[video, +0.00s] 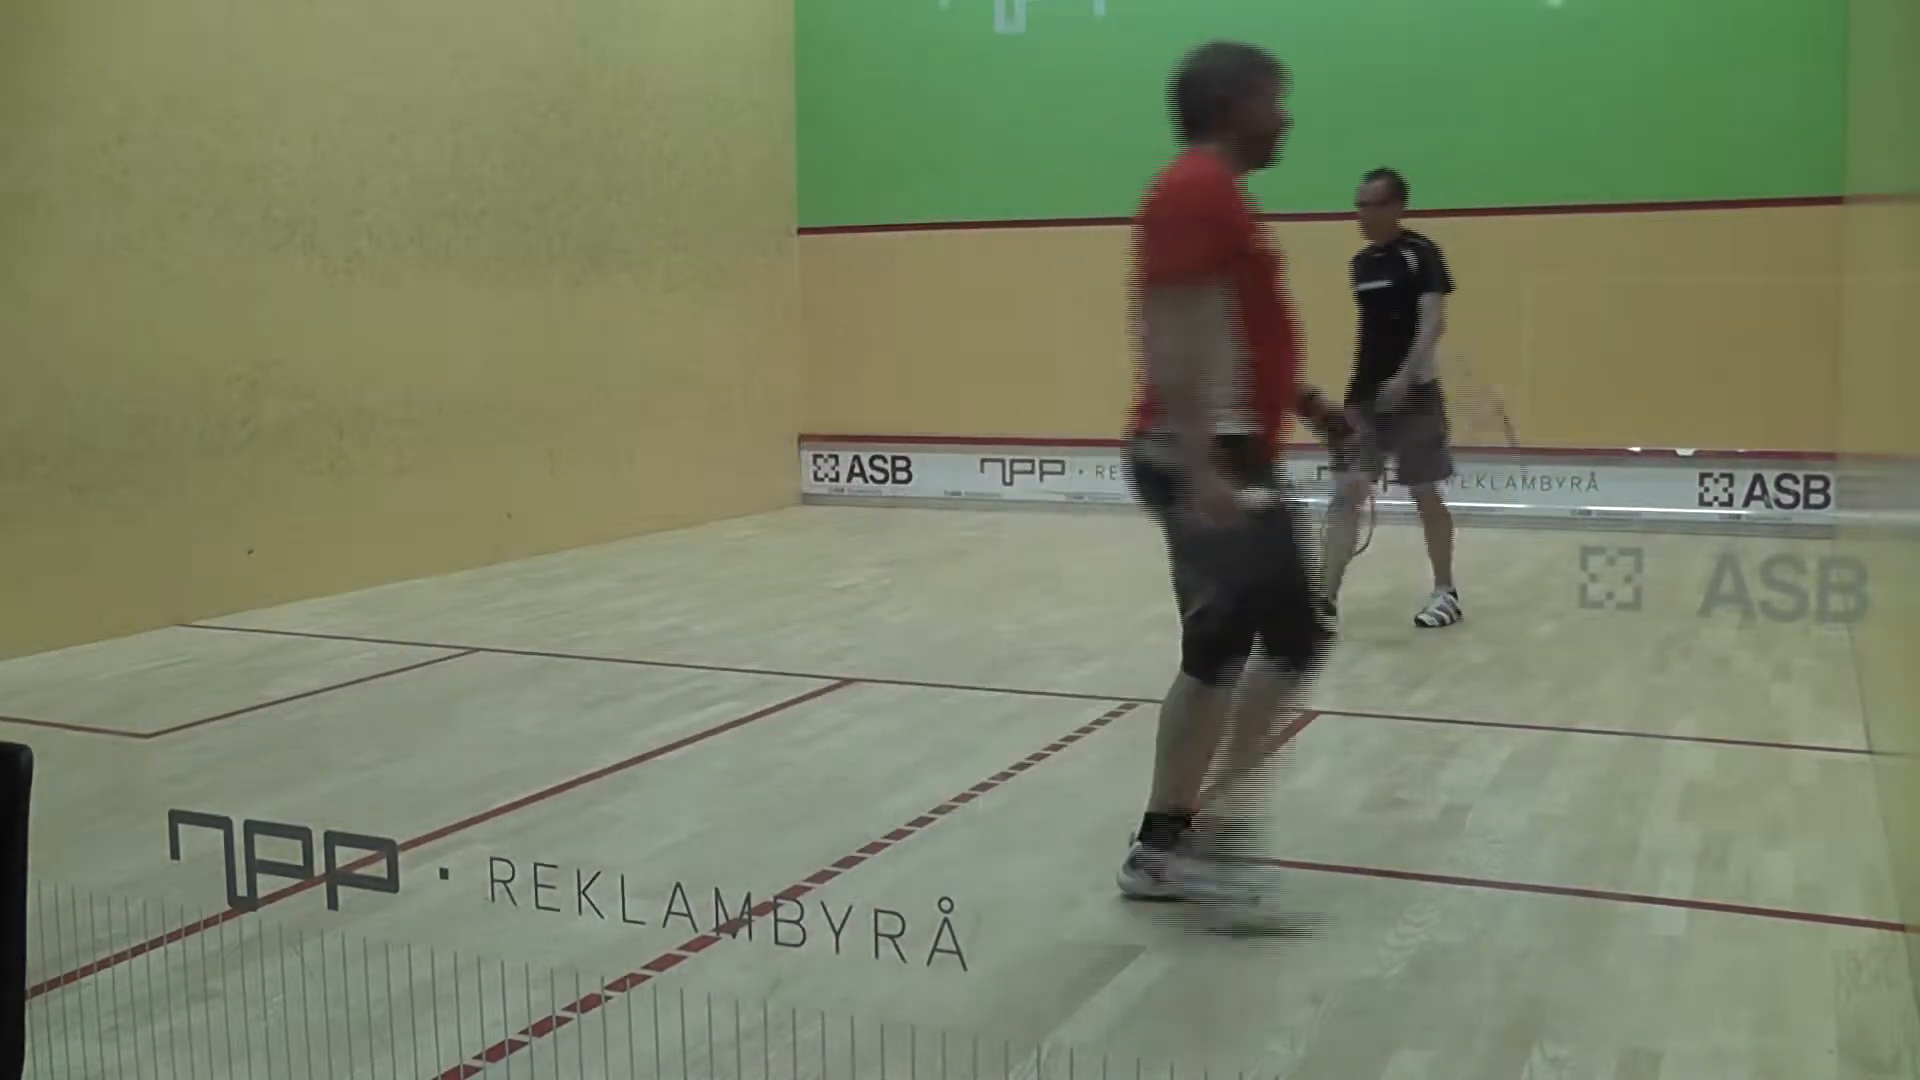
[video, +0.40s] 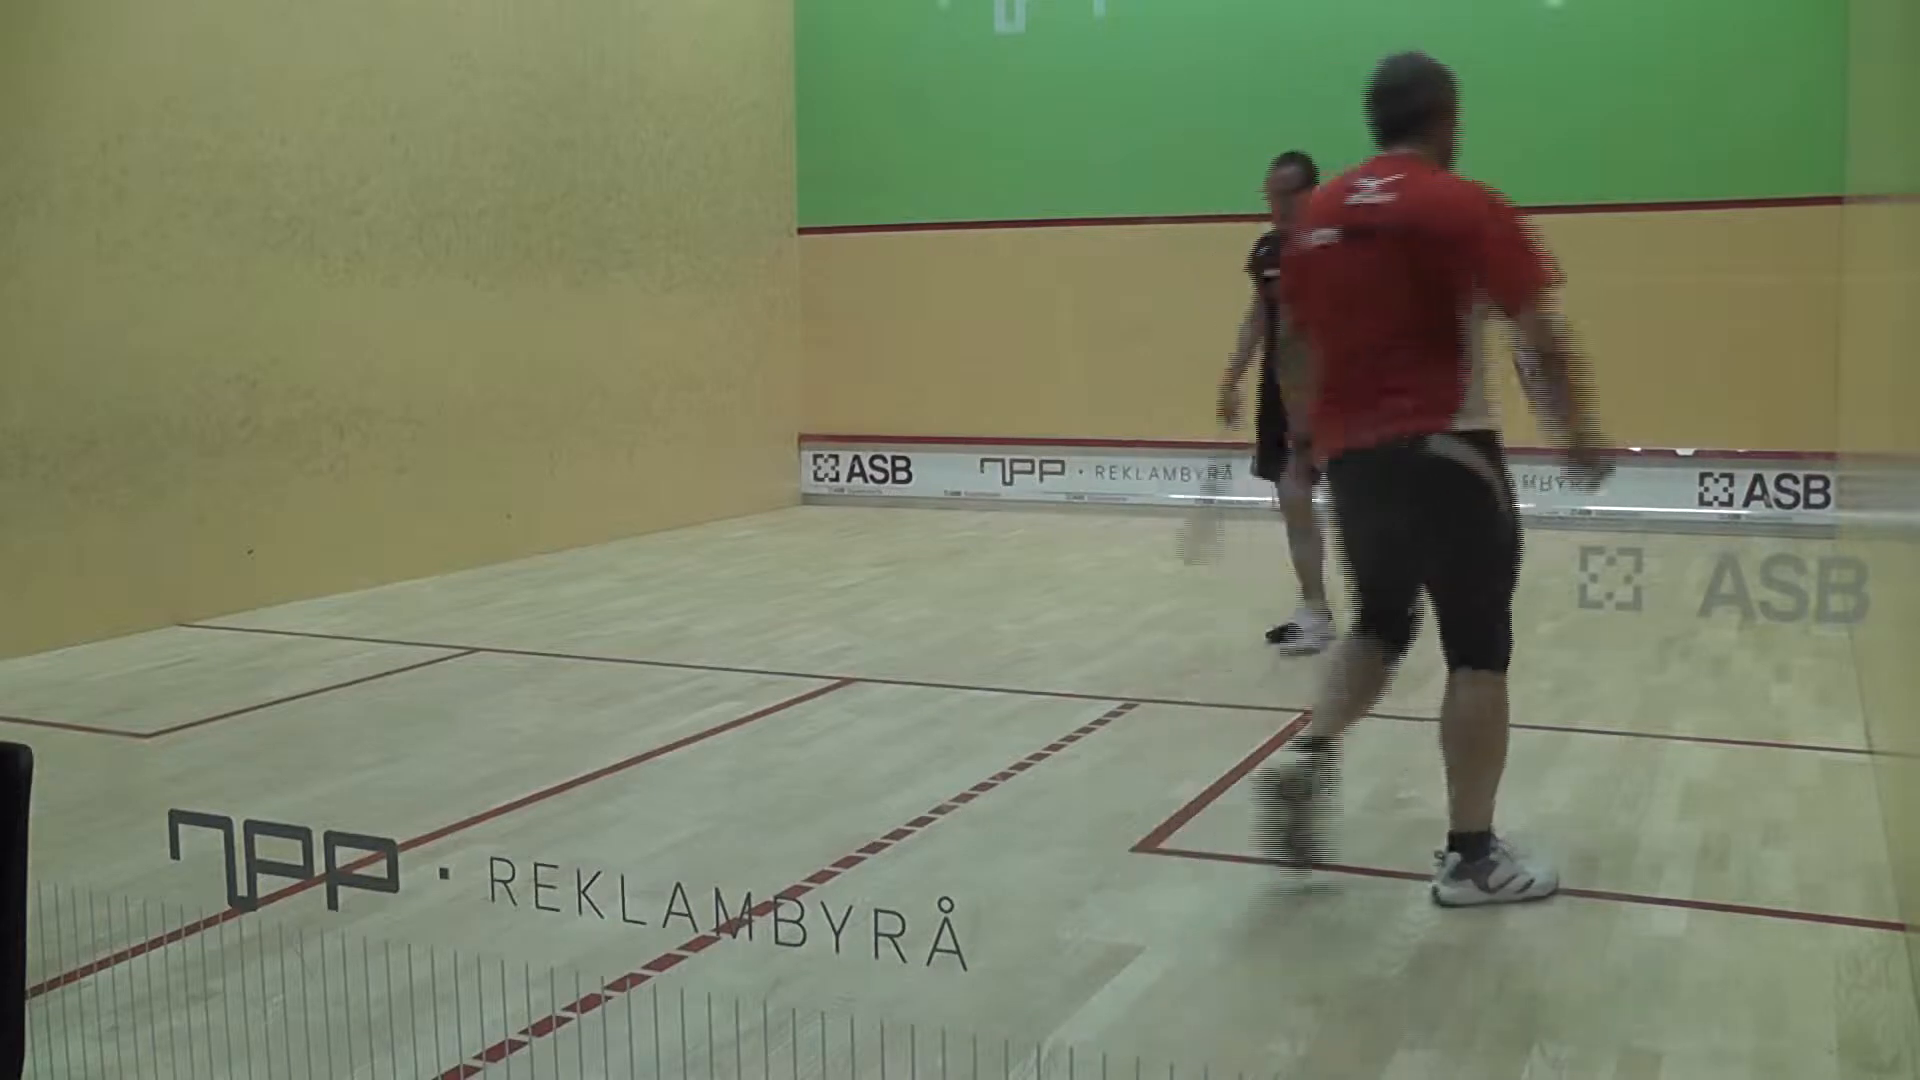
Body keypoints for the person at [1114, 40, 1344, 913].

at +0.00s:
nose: (1284, 114)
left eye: (1281, 98)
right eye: (1272, 98)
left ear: (1220, 109)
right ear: (1229, 108)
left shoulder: (1217, 194)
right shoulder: (1195, 189)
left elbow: (1240, 337)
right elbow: (1184, 339)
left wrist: (1312, 406)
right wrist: (1206, 466)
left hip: (1217, 455)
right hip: (1205, 459)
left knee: (1227, 645)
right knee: (1283, 640)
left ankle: (1185, 830)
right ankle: (1182, 838)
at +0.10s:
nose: (1337, 117)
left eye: (1335, 103)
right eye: (1329, 103)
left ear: (1262, 107)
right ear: (1299, 106)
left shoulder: (1232, 187)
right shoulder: (1287, 187)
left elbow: (1237, 330)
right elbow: (1285, 330)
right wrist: (1299, 458)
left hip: (1224, 450)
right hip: (1286, 452)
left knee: (1226, 642)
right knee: (1357, 639)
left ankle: (1165, 844)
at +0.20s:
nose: (1374, 127)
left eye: (1371, 112)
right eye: (1366, 113)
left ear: (1293, 118)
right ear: (1344, 120)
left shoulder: (1247, 200)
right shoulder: (1349, 203)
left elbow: (1222, 336)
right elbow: (1355, 342)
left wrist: (1309, 383)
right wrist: (1383, 473)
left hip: (1255, 458)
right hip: (1337, 459)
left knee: (1259, 641)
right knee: (1416, 647)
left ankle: (1175, 838)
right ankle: (1463, 849)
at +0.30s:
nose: (1432, 134)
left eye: (1427, 120)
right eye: (1428, 122)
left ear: (1346, 129)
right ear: (1415, 126)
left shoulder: (1291, 214)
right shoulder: (1429, 212)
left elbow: (1263, 340)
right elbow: (1457, 345)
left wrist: (1291, 428)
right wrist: (1480, 446)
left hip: (1315, 474)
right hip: (1417, 470)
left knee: (1339, 637)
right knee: (1467, 651)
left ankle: (1235, 788)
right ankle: (1471, 853)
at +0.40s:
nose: (1460, 129)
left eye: (1449, 117)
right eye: (1457, 118)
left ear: (1376, 124)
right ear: (1447, 122)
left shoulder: (1314, 212)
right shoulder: (1468, 207)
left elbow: (1295, 349)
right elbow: (1540, 335)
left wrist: (1312, 441)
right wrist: (1578, 433)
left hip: (1354, 462)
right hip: (1448, 454)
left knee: (1380, 622)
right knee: (1479, 652)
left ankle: (1309, 758)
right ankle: (1471, 853)